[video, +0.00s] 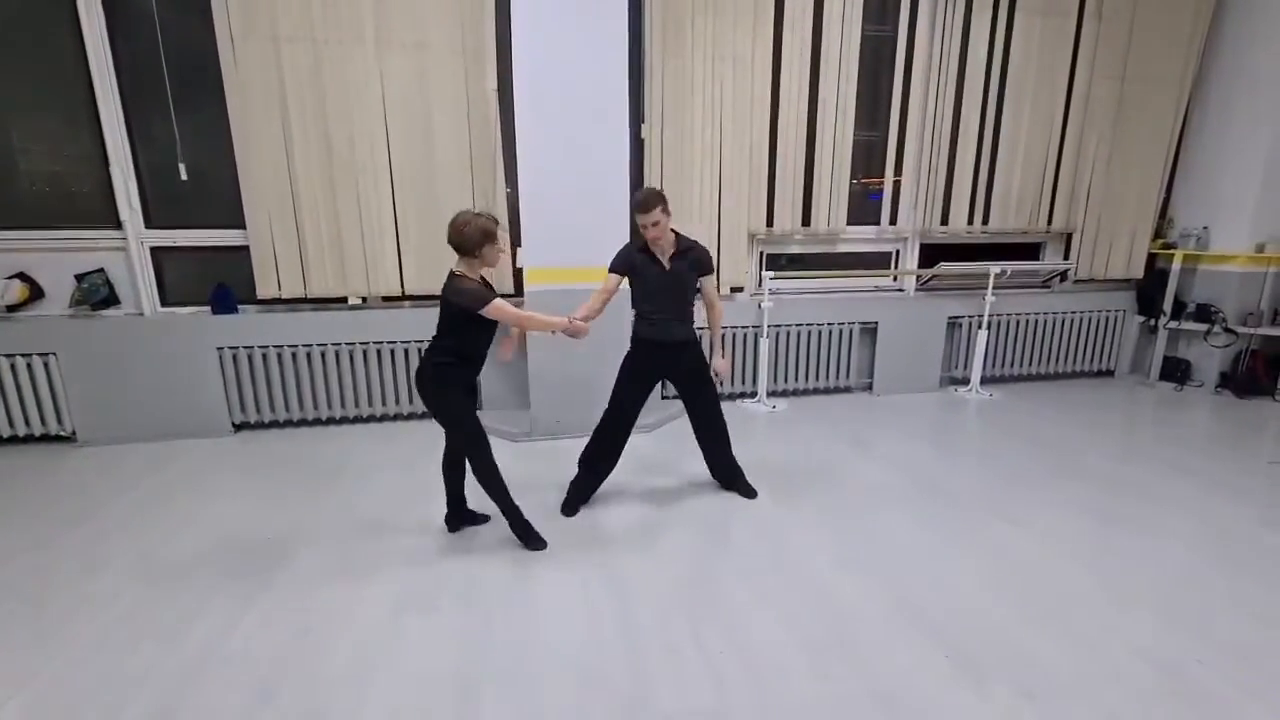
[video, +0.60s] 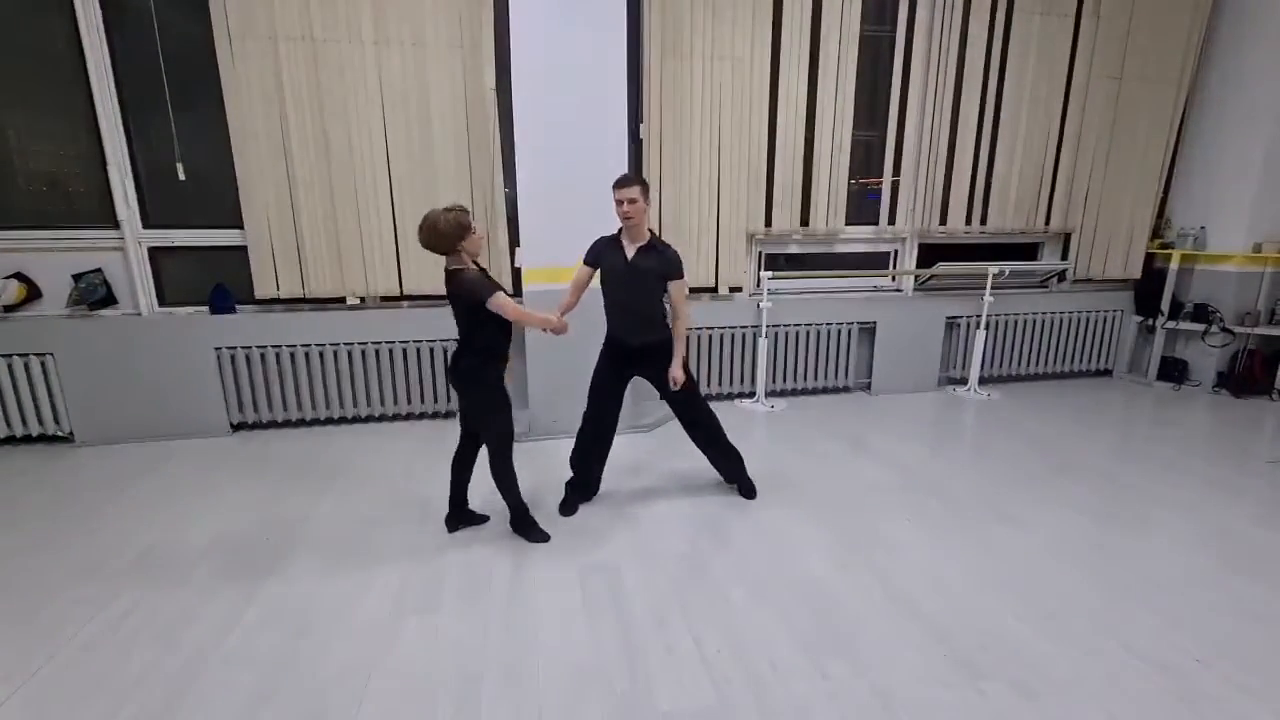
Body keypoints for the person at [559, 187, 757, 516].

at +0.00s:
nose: (650, 234)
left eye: (655, 225)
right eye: (643, 227)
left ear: (669, 217)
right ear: (637, 225)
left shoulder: (695, 254)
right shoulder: (631, 255)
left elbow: (712, 303)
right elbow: (603, 295)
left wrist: (719, 353)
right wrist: (581, 318)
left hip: (685, 350)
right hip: (644, 350)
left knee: (709, 414)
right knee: (617, 418)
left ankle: (729, 475)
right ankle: (581, 488)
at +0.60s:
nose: (626, 209)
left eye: (632, 202)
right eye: (620, 203)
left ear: (647, 204)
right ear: (615, 207)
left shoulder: (666, 256)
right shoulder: (603, 248)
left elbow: (680, 312)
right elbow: (576, 289)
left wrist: (677, 361)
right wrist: (559, 314)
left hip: (657, 350)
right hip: (616, 350)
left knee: (696, 414)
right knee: (596, 418)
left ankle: (736, 473)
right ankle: (579, 487)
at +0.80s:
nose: (631, 215)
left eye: (639, 208)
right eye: (626, 208)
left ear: (655, 209)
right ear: (621, 210)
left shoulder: (665, 262)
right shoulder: (608, 243)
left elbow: (668, 318)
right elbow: (575, 277)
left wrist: (642, 356)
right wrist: (560, 298)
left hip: (656, 349)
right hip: (615, 350)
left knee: (694, 412)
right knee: (596, 422)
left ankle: (738, 471)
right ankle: (578, 489)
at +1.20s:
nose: (654, 221)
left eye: (660, 214)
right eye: (647, 215)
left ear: (671, 218)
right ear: (638, 220)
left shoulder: (693, 264)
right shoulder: (627, 257)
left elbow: (711, 307)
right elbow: (574, 262)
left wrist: (681, 336)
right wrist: (556, 294)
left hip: (664, 359)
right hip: (624, 354)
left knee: (693, 429)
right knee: (589, 419)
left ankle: (690, 479)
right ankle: (568, 490)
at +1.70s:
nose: (630, 220)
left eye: (636, 212)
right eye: (623, 214)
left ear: (650, 214)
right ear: (617, 218)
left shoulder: (668, 251)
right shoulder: (614, 262)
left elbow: (673, 289)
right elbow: (582, 299)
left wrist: (687, 312)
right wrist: (543, 307)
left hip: (668, 351)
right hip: (633, 353)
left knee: (687, 418)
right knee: (595, 414)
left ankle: (693, 478)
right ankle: (544, 478)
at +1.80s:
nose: (616, 222)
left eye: (623, 214)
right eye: (612, 216)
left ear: (643, 214)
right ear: (610, 220)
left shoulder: (671, 251)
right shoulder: (611, 264)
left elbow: (693, 283)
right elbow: (594, 317)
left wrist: (699, 312)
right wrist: (566, 322)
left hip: (664, 351)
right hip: (626, 353)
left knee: (684, 418)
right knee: (591, 415)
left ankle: (692, 478)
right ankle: (541, 481)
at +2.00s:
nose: (604, 227)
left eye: (610, 219)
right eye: (601, 221)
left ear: (631, 218)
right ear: (602, 223)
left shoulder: (665, 255)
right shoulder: (604, 265)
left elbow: (695, 296)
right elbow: (586, 307)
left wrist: (677, 317)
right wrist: (578, 331)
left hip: (652, 352)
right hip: (611, 350)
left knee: (677, 416)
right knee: (573, 410)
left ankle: (691, 479)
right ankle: (533, 470)